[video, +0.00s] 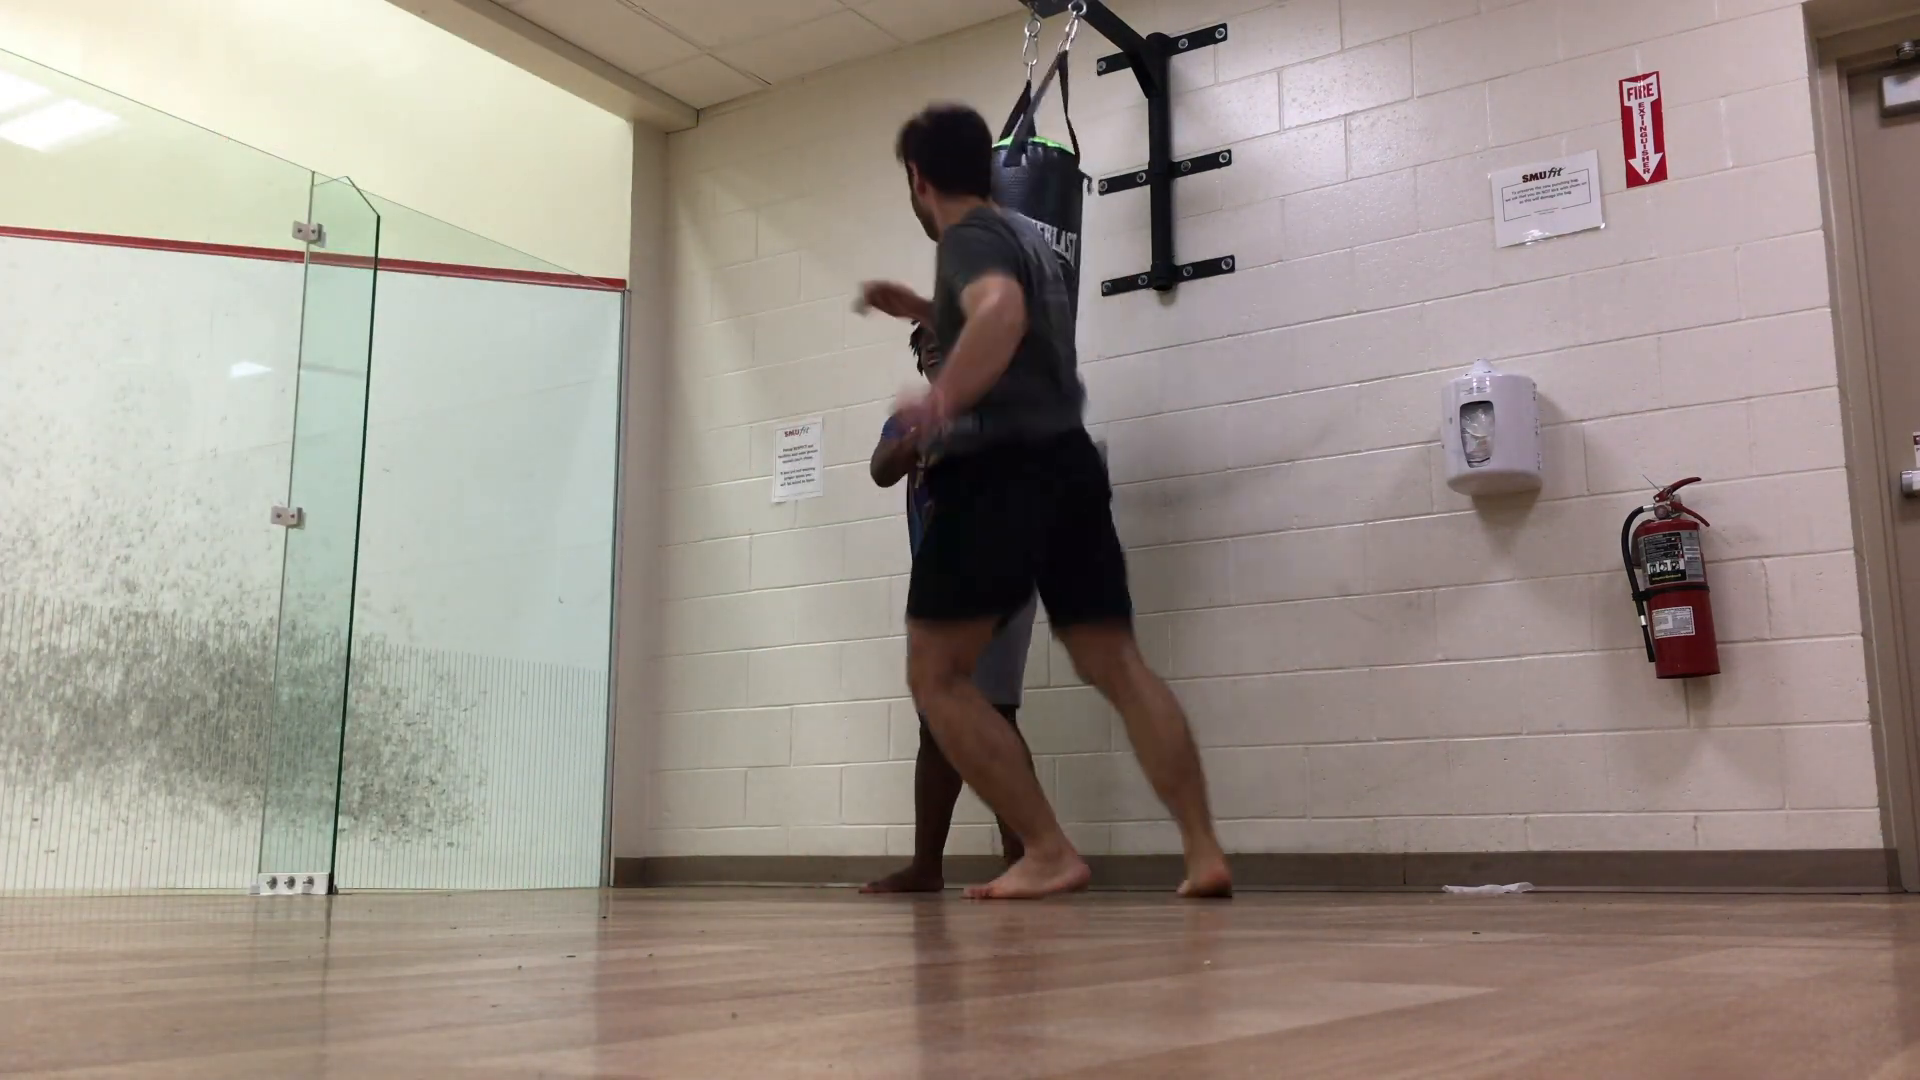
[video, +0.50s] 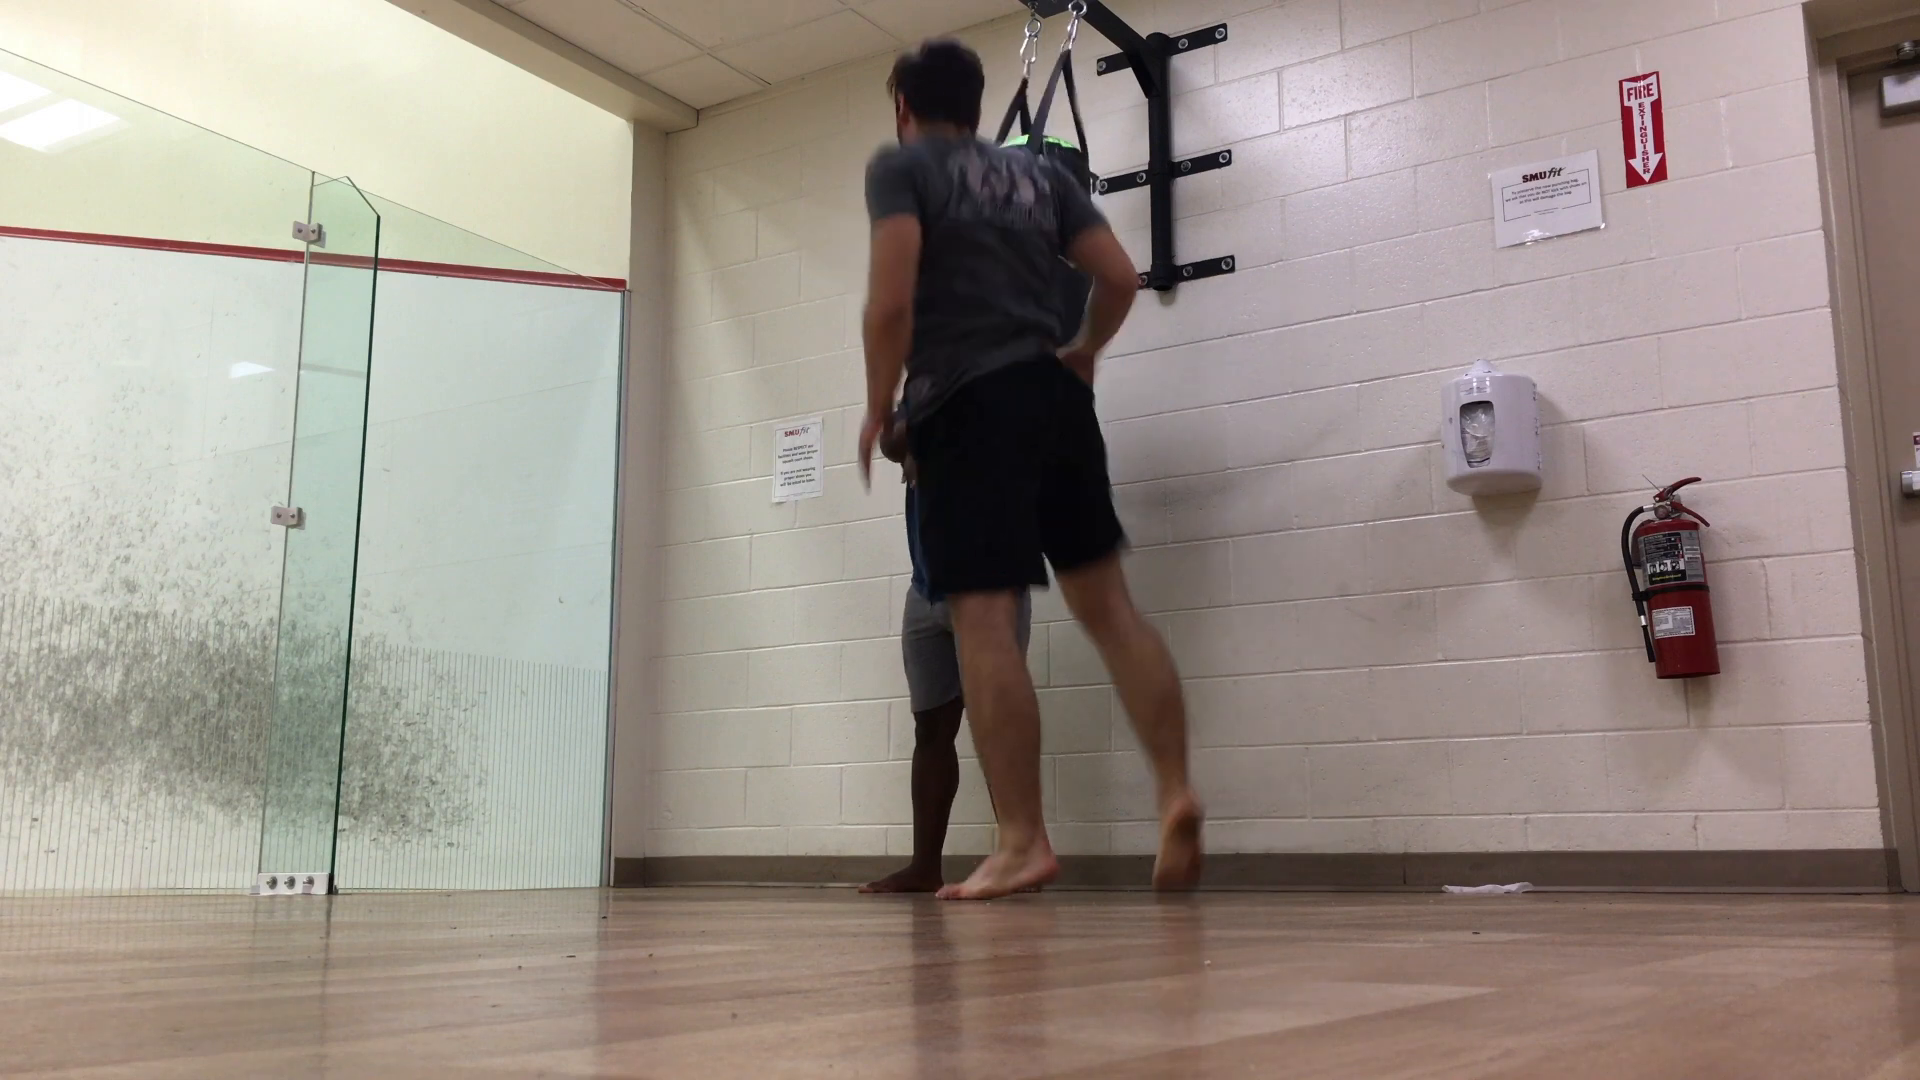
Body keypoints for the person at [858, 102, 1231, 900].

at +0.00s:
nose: (910, 194)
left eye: (908, 180)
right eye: (910, 180)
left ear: (921, 180)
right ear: (988, 170)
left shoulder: (967, 236)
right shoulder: (1037, 240)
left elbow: (1000, 306)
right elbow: (1019, 335)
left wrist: (939, 399)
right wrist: (924, 309)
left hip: (991, 478)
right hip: (1070, 470)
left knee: (936, 677)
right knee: (1116, 661)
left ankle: (1048, 852)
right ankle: (1204, 852)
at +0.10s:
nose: (917, 163)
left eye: (914, 148)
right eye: (916, 150)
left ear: (928, 136)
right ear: (985, 131)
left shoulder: (974, 177)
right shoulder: (1003, 195)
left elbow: (989, 259)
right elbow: (974, 332)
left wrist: (853, 337)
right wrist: (899, 368)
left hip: (988, 448)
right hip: (1042, 437)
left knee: (951, 643)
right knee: (1069, 589)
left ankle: (1041, 837)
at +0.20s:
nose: (908, 137)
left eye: (908, 123)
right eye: (910, 125)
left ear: (924, 110)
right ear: (984, 112)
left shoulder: (959, 156)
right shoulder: (1015, 174)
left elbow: (872, 271)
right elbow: (1066, 314)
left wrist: (822, 272)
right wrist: (1082, 408)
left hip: (1007, 415)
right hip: (1017, 404)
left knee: (969, 613)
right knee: (953, 466)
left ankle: (1013, 834)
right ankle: (1098, 483)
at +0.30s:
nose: (898, 123)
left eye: (900, 113)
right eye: (907, 113)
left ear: (909, 110)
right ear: (981, 119)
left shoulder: (918, 149)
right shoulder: (1024, 196)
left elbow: (834, 261)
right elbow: (1109, 293)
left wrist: (887, 194)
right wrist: (1166, 364)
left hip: (992, 403)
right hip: (1038, 393)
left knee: (989, 637)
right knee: (973, 461)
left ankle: (1013, 848)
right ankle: (1092, 482)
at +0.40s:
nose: (899, 100)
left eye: (899, 90)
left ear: (905, 90)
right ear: (980, 96)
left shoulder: (899, 130)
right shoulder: (1035, 162)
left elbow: (862, 277)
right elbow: (1125, 268)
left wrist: (905, 241)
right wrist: (1144, 353)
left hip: (975, 384)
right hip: (1059, 372)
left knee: (985, 604)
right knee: (1065, 515)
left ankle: (1016, 826)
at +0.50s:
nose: (891, 123)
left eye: (892, 111)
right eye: (894, 111)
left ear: (903, 109)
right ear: (978, 110)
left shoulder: (900, 164)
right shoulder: (1040, 171)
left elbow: (891, 304)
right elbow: (1119, 276)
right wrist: (1082, 352)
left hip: (967, 417)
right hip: (1059, 404)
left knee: (985, 630)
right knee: (1109, 608)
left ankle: (1022, 843)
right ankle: (1177, 790)